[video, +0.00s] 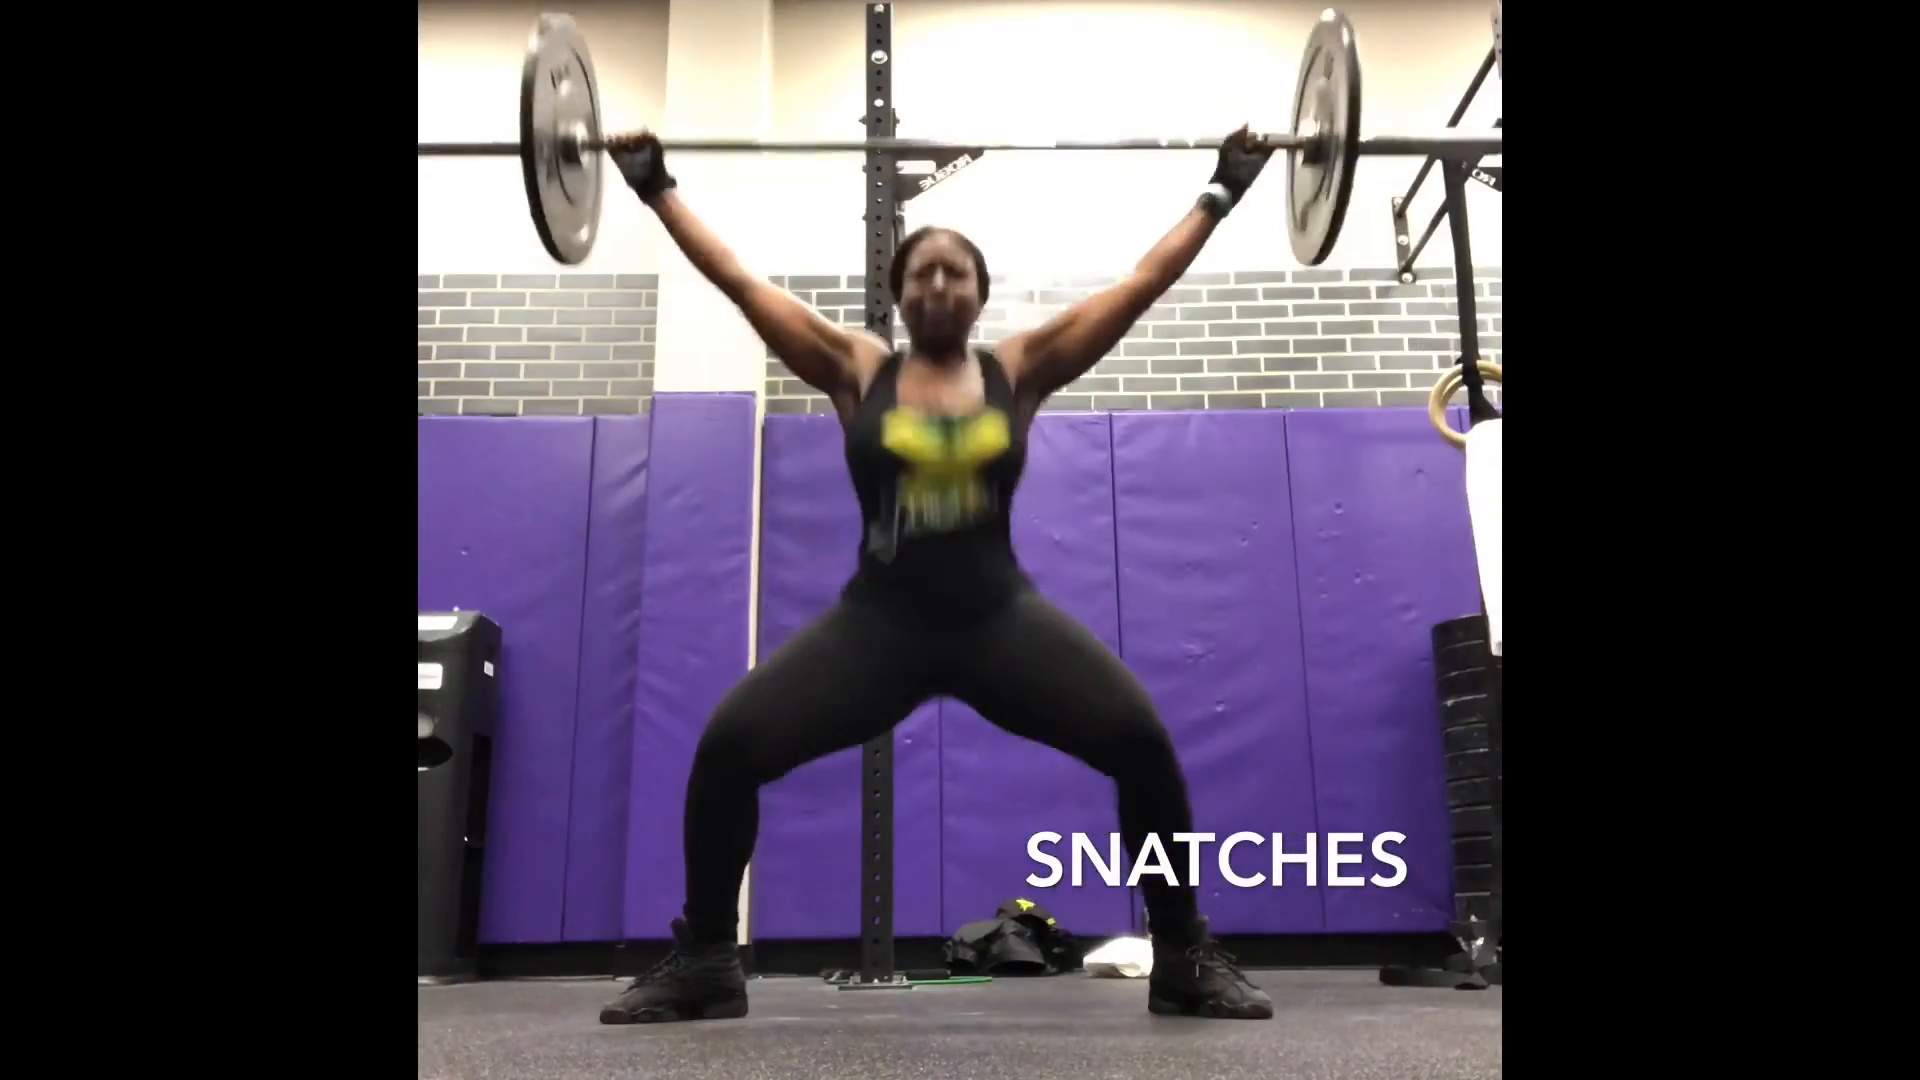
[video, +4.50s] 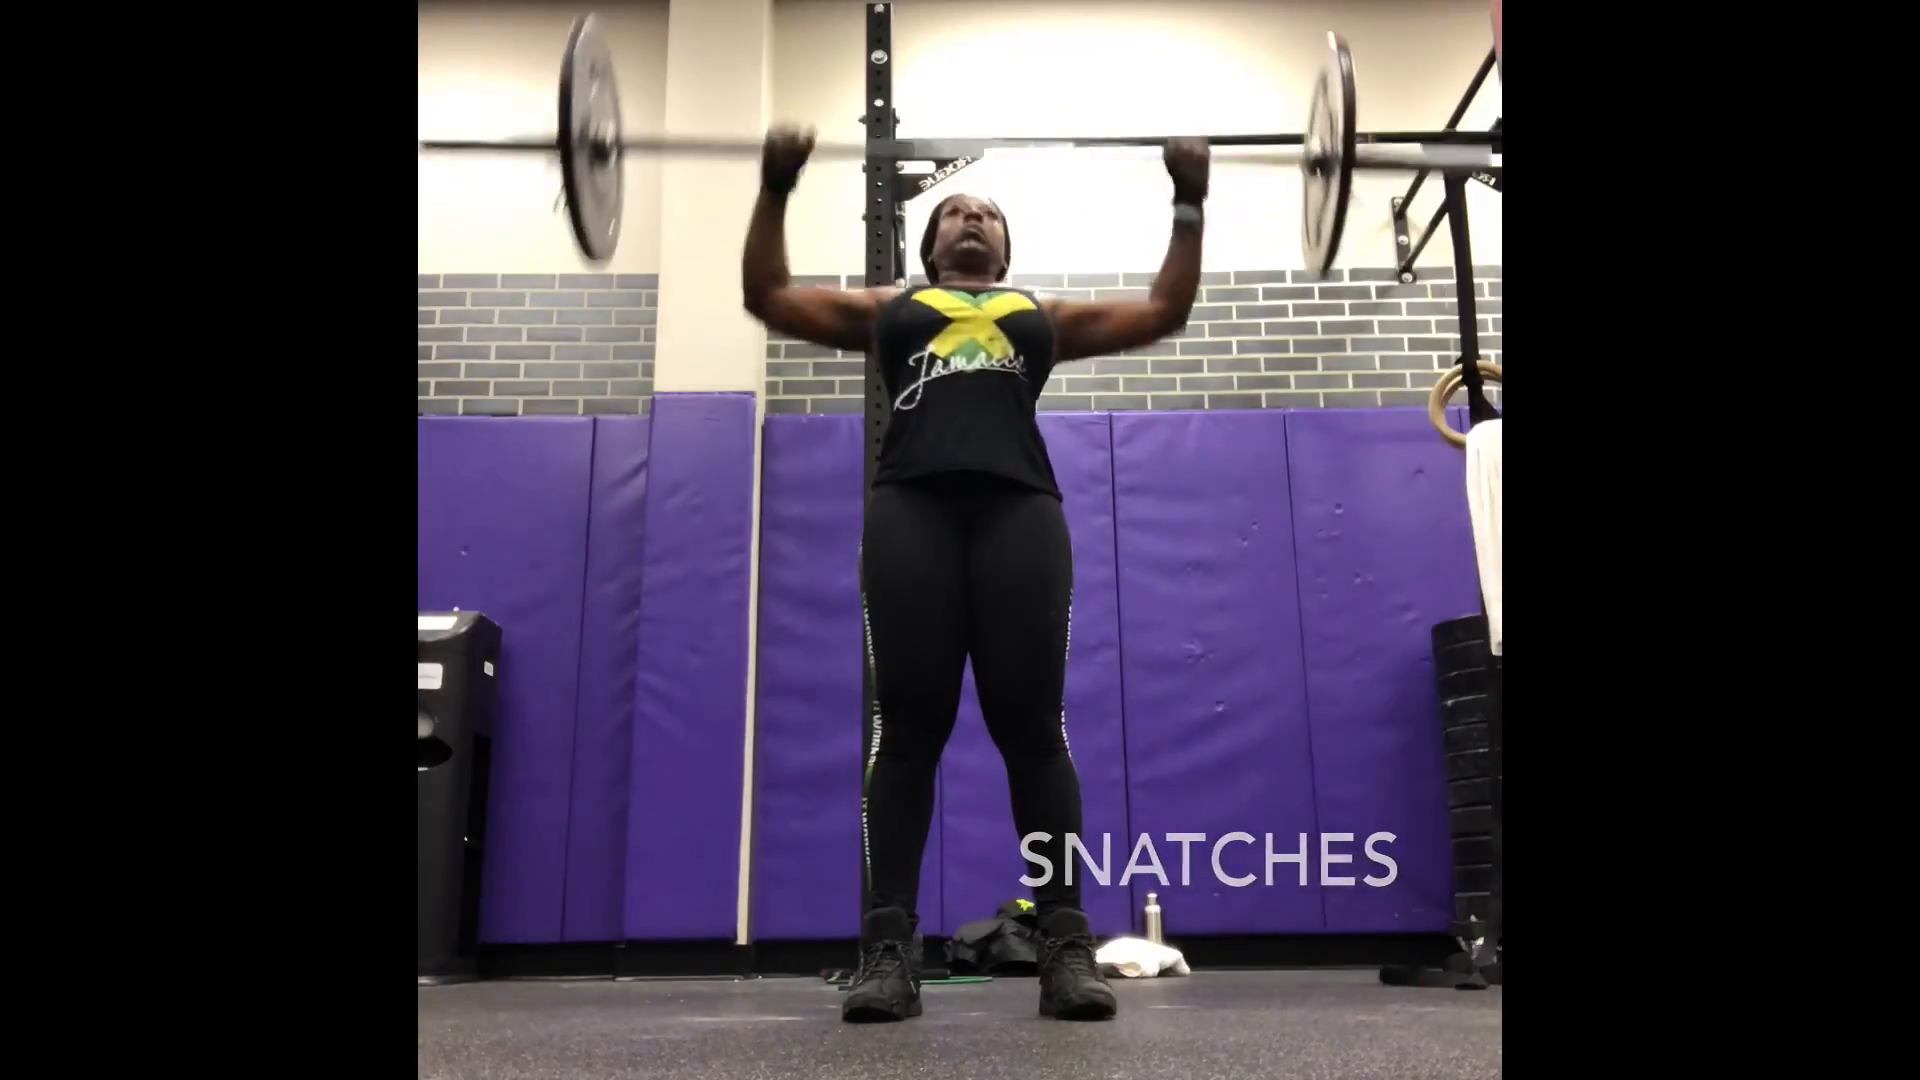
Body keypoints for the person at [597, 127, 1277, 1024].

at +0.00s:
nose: (942, 285)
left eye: (958, 275)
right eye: (925, 274)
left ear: (981, 298)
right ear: (899, 297)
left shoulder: (1017, 371)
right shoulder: (857, 369)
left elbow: (1137, 290)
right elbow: (742, 284)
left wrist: (1220, 194)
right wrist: (657, 189)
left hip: (998, 625)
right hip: (880, 627)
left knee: (1141, 741)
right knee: (731, 743)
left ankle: (1185, 967)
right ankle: (704, 966)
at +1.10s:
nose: (943, 388)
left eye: (961, 375)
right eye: (924, 377)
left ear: (988, 397)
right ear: (900, 401)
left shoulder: (1031, 479)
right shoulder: (858, 475)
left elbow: (1162, 412)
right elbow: (731, 406)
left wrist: (1258, 336)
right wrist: (645, 331)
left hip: (1007, 714)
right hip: (884, 717)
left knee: (1145, 753)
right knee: (731, 752)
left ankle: (1185, 964)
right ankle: (705, 960)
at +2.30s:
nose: (970, 259)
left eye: (988, 251)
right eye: (953, 253)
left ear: (1016, 285)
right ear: (928, 288)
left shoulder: (1055, 366)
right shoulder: (892, 362)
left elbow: (1178, 316)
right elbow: (768, 311)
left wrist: (1272, 250)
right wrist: (677, 240)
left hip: (1032, 610)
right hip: (915, 613)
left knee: (1153, 731)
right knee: (774, 742)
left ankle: (1185, 958)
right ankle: (706, 957)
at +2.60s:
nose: (991, 179)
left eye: (1006, 169)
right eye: (973, 173)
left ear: (1032, 197)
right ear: (949, 205)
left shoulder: (1080, 277)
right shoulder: (917, 285)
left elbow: (1199, 220)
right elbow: (799, 229)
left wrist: (1289, 156)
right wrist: (706, 164)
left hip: (1063, 532)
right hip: (950, 532)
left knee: (1127, 727)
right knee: (876, 713)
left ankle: (1183, 956)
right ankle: (826, 938)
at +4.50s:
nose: (972, 221)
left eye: (989, 218)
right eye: (954, 217)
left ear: (1008, 256)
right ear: (927, 250)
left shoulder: (1036, 319)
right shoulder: (885, 308)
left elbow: (1163, 314)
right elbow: (767, 296)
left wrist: (1189, 203)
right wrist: (774, 190)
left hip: (1021, 520)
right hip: (909, 521)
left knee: (1031, 725)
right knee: (910, 727)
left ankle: (1065, 950)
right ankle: (888, 952)